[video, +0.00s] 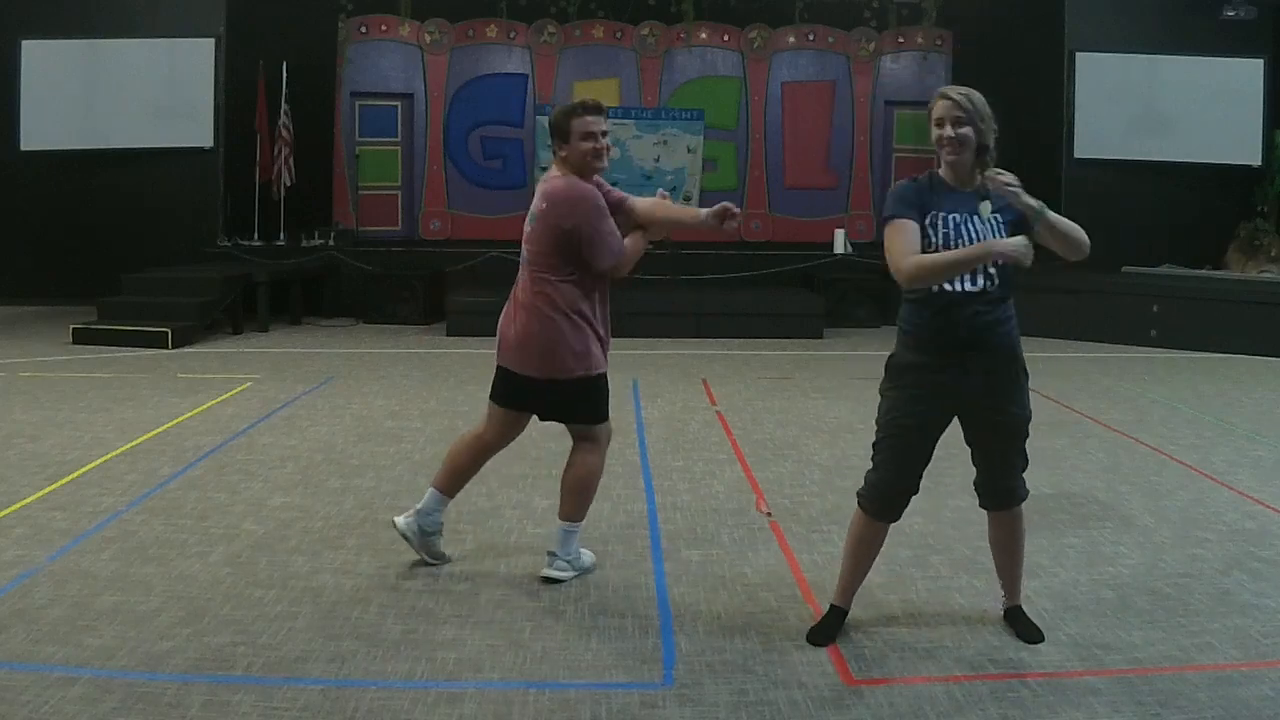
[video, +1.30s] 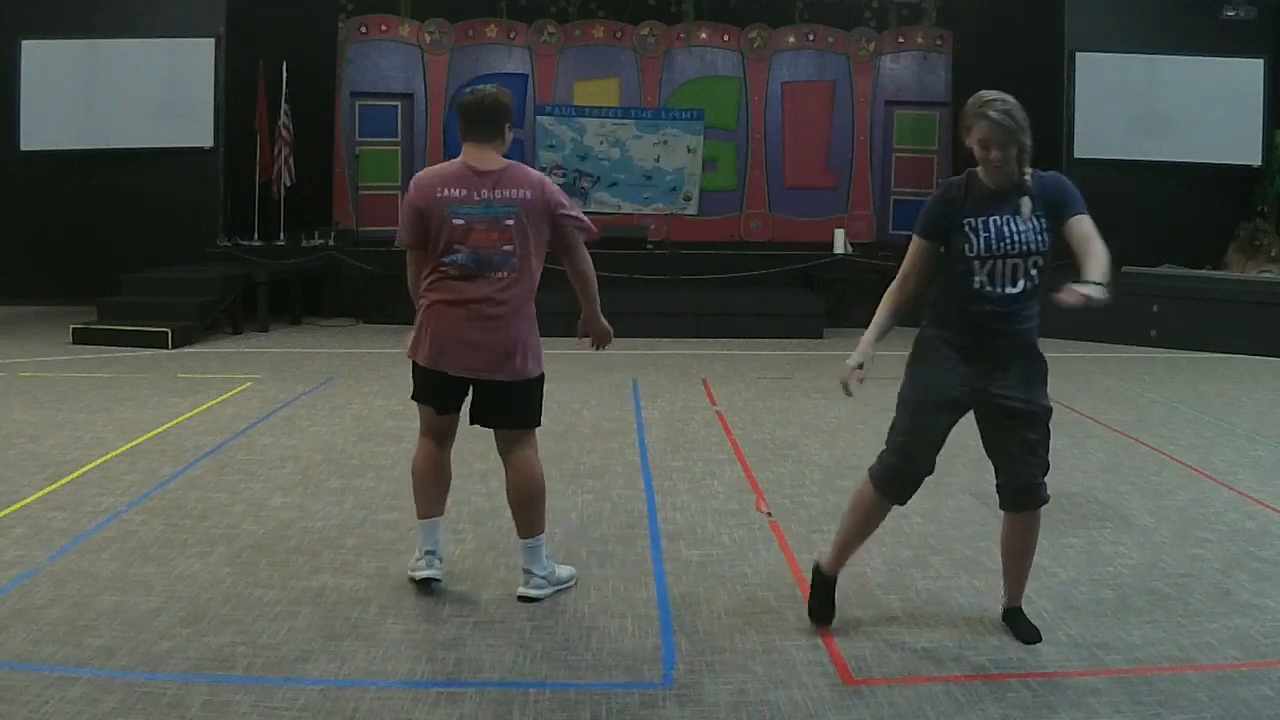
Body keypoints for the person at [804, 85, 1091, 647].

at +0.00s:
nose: (949, 132)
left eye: (961, 123)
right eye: (940, 124)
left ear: (983, 133)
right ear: (930, 134)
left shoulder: (1005, 198)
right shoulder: (909, 194)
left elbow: (1078, 248)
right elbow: (906, 269)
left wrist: (1027, 204)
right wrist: (991, 249)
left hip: (995, 368)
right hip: (921, 366)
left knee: (1004, 491)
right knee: (885, 490)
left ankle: (1013, 604)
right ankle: (839, 605)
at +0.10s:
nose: (931, 133)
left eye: (943, 123)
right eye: (923, 125)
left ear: (968, 130)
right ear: (915, 133)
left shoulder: (999, 190)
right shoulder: (898, 198)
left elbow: (1041, 227)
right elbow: (893, 276)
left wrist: (964, 194)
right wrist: (972, 260)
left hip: (988, 365)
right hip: (914, 364)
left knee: (1002, 490)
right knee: (880, 490)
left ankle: (1013, 604)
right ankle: (839, 605)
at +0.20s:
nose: (918, 132)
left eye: (929, 123)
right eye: (910, 124)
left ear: (955, 131)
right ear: (903, 135)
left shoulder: (987, 181)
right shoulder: (886, 203)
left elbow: (981, 218)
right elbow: (890, 279)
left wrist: (889, 201)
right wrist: (966, 256)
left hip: (982, 362)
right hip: (909, 362)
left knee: (999, 489)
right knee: (877, 489)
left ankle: (1012, 604)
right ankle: (838, 605)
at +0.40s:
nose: (900, 133)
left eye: (911, 124)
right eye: (892, 126)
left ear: (937, 130)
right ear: (886, 136)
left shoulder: (969, 176)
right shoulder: (875, 207)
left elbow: (914, 208)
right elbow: (874, 279)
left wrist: (814, 214)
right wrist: (908, 230)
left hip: (975, 359)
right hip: (901, 361)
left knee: (995, 487)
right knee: (875, 488)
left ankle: (1013, 603)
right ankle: (839, 604)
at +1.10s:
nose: (922, 153)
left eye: (931, 141)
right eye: (914, 145)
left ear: (958, 140)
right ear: (909, 148)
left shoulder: (997, 190)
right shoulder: (894, 209)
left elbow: (979, 244)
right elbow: (874, 294)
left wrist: (884, 234)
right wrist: (903, 304)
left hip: (981, 366)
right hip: (908, 368)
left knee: (1007, 496)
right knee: (877, 491)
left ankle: (1011, 605)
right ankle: (838, 605)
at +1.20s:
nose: (953, 155)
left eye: (964, 144)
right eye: (946, 146)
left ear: (990, 144)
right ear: (939, 150)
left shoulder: (1027, 196)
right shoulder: (925, 206)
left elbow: (1040, 257)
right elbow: (890, 288)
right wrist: (882, 337)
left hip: (999, 370)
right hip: (927, 369)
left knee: (1018, 495)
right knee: (883, 490)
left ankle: (1011, 604)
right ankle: (835, 600)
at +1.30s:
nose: (985, 155)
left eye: (994, 144)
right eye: (976, 146)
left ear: (1019, 140)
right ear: (967, 147)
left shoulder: (1051, 191)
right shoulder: (950, 200)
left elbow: (1091, 246)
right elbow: (906, 281)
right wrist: (866, 345)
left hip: (1016, 359)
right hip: (945, 355)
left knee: (1025, 488)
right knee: (900, 468)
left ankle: (1013, 605)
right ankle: (827, 571)